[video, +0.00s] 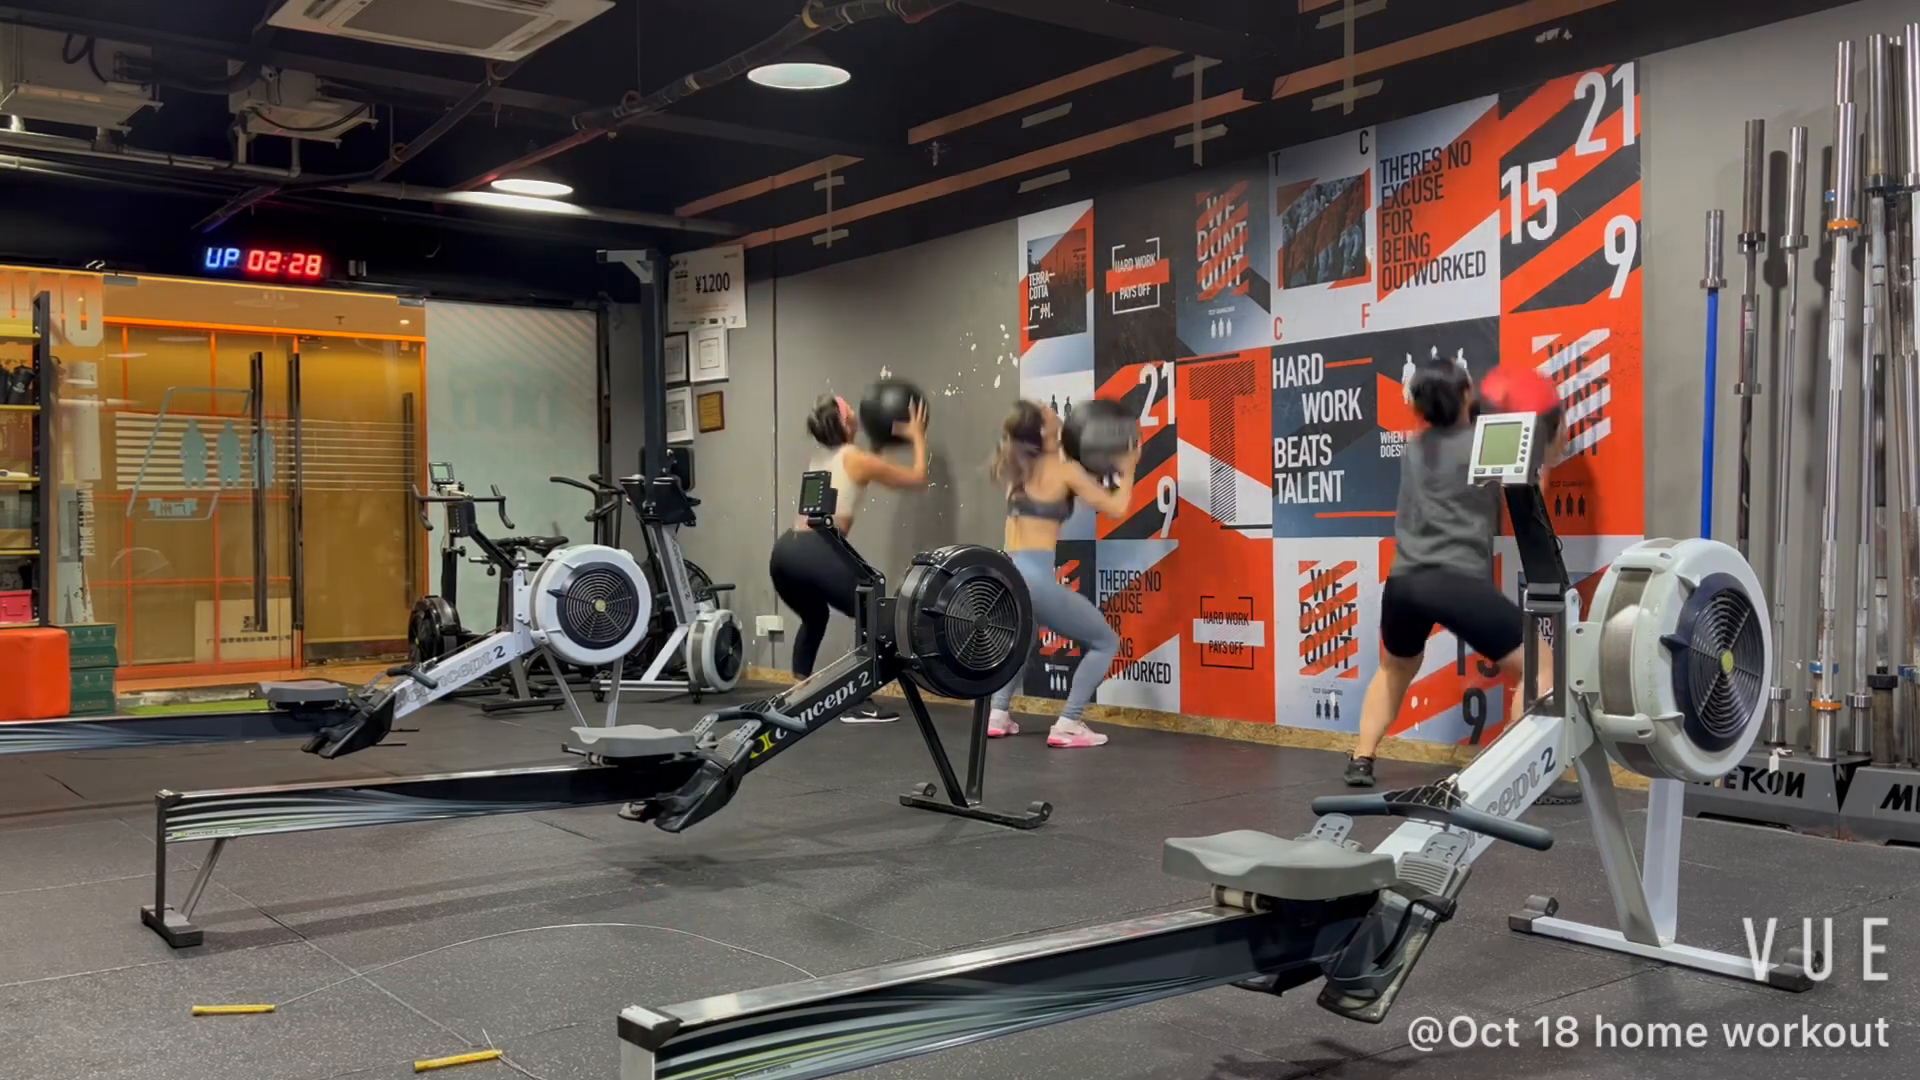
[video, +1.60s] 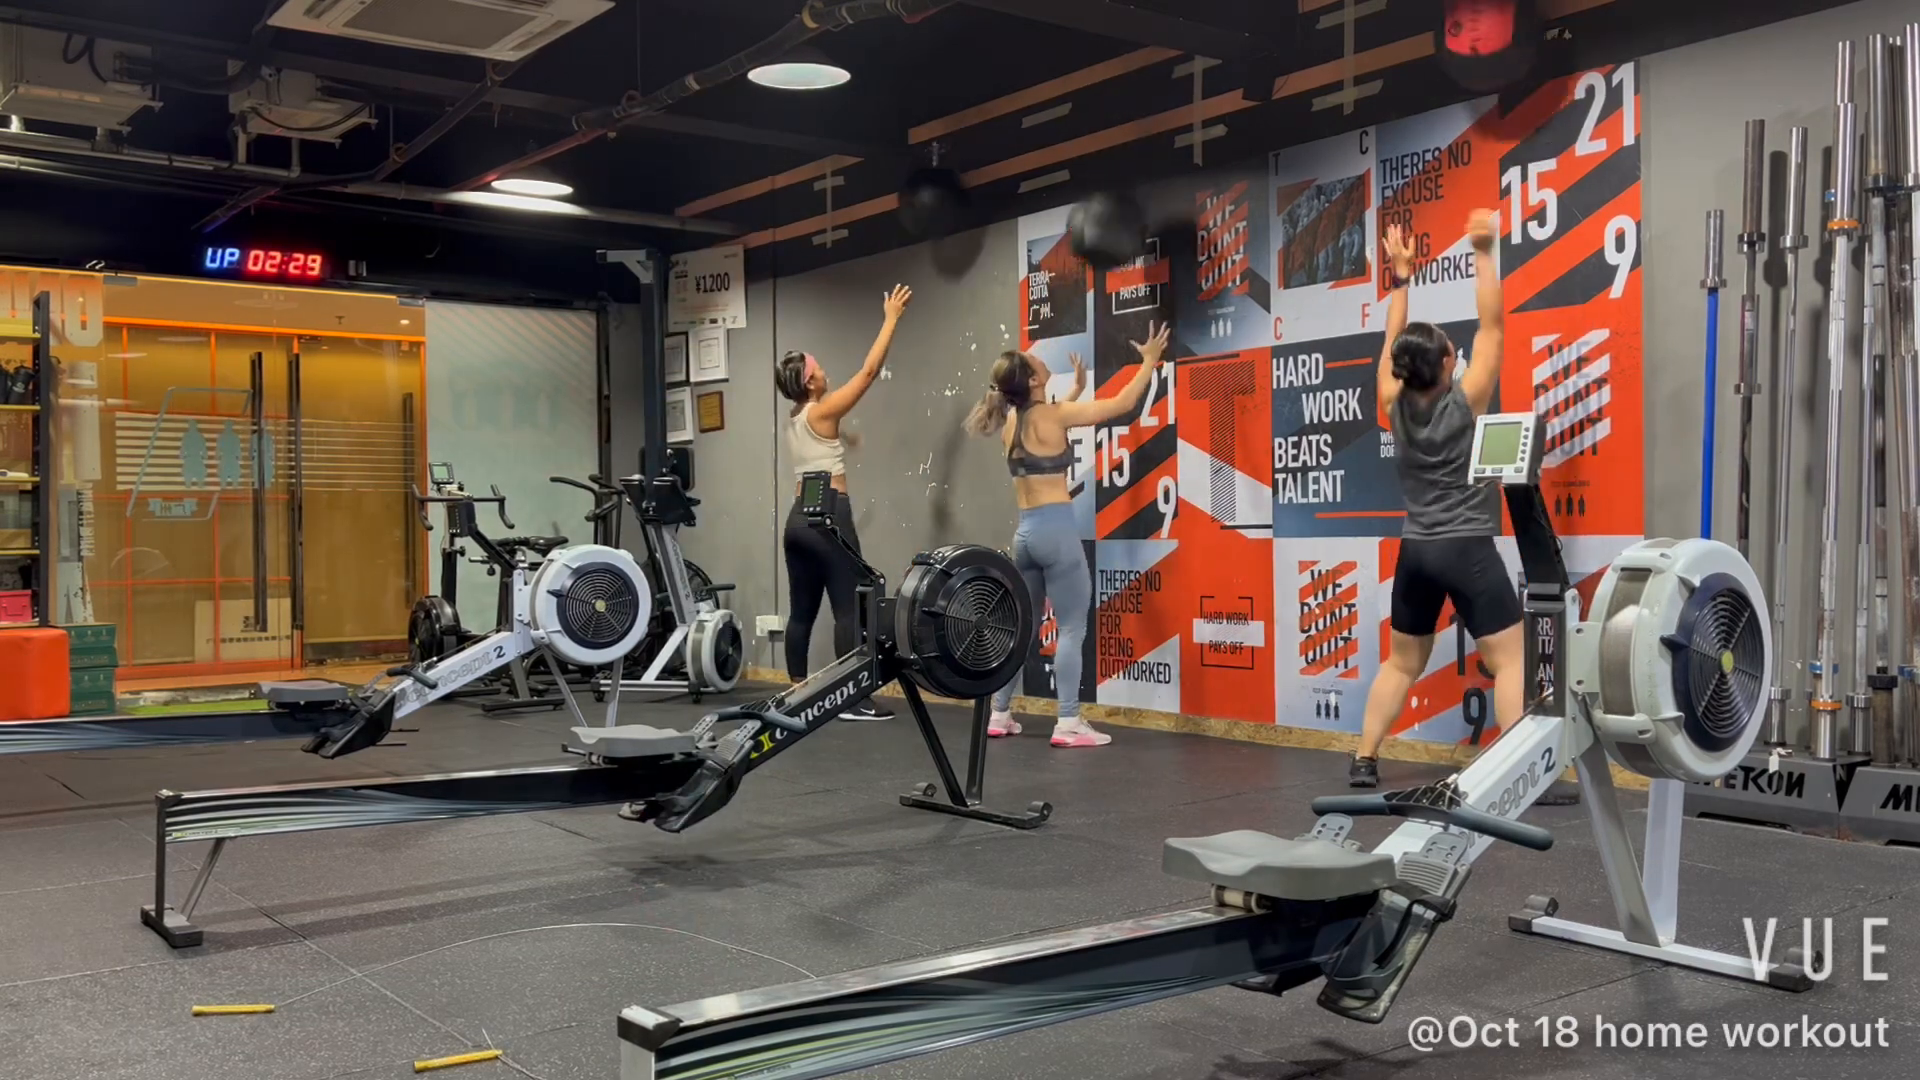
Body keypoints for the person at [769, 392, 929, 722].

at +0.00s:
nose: (851, 408)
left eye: (846, 405)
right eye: (847, 408)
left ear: (824, 429)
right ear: (844, 423)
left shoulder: (819, 460)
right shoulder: (856, 460)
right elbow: (918, 479)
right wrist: (918, 437)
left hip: (785, 553)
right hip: (819, 552)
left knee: (815, 619)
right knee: (874, 612)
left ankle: (798, 696)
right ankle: (856, 701)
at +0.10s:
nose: (864, 449)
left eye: (860, 445)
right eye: (859, 448)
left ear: (834, 462)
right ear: (854, 461)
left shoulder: (822, 489)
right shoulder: (863, 494)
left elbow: (853, 515)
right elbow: (913, 536)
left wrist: (874, 489)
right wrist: (904, 494)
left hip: (785, 586)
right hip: (821, 588)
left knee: (823, 620)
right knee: (885, 620)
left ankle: (800, 695)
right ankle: (856, 701)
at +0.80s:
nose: (867, 403)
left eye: (863, 400)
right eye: (863, 403)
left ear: (844, 421)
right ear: (860, 417)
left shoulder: (833, 453)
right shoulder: (869, 455)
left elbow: (862, 481)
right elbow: (916, 495)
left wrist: (889, 455)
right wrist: (909, 456)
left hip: (793, 544)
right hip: (820, 544)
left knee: (824, 616)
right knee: (873, 606)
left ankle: (800, 691)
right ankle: (858, 698)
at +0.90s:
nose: (856, 369)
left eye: (850, 366)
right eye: (851, 369)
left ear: (832, 391)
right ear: (850, 385)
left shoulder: (832, 426)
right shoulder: (861, 422)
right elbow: (918, 444)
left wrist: (868, 400)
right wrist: (906, 401)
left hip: (807, 521)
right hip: (837, 523)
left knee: (817, 607)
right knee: (870, 602)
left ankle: (799, 686)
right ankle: (861, 695)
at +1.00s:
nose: (846, 351)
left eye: (840, 348)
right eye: (841, 350)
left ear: (822, 371)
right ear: (838, 365)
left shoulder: (825, 400)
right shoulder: (853, 398)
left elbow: (856, 381)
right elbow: (913, 382)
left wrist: (871, 339)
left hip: (814, 497)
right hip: (846, 498)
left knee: (812, 587)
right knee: (859, 588)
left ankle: (802, 674)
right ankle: (867, 680)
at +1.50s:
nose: (824, 368)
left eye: (819, 364)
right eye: (819, 366)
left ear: (800, 386)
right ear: (813, 380)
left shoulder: (799, 420)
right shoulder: (828, 412)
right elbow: (872, 367)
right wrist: (893, 316)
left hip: (809, 515)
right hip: (839, 512)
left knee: (808, 612)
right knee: (854, 608)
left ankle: (800, 695)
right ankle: (853, 697)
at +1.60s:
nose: (822, 368)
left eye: (816, 364)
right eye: (817, 366)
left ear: (798, 385)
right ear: (810, 379)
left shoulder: (796, 420)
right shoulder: (824, 411)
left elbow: (811, 456)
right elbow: (868, 372)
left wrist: (842, 441)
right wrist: (891, 319)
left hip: (799, 516)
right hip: (829, 514)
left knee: (801, 614)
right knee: (848, 609)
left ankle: (799, 695)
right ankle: (850, 697)